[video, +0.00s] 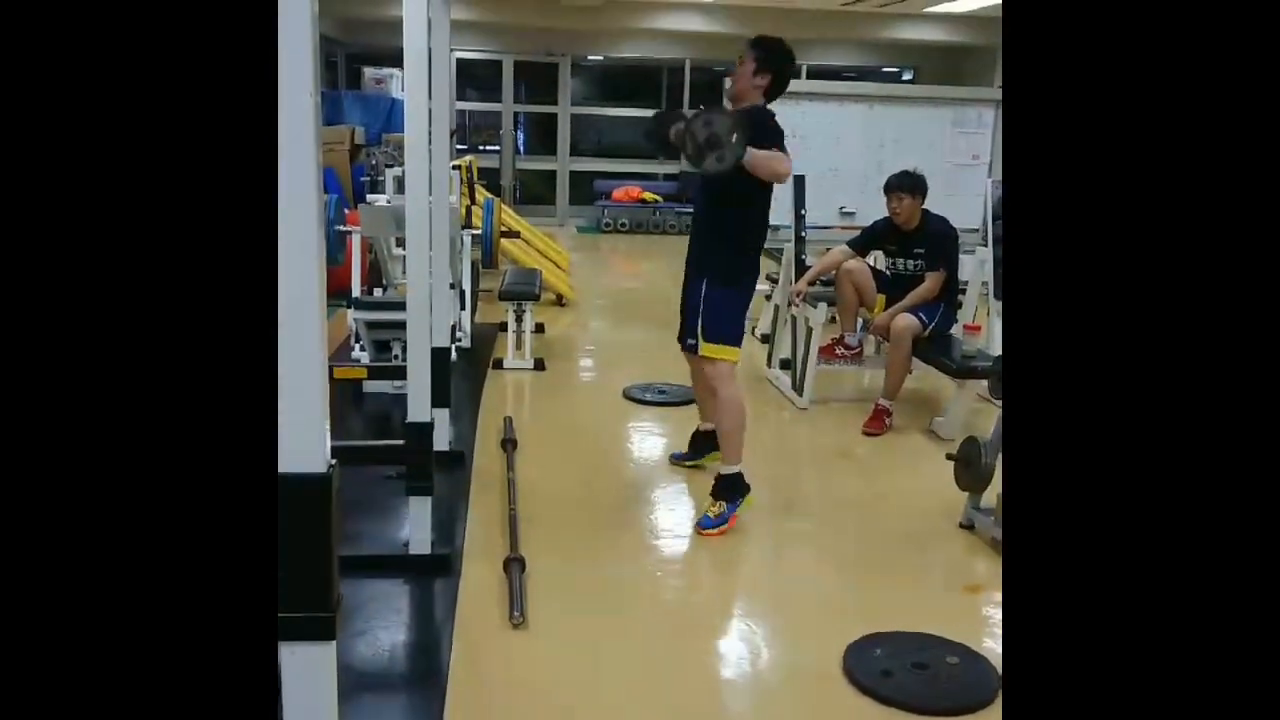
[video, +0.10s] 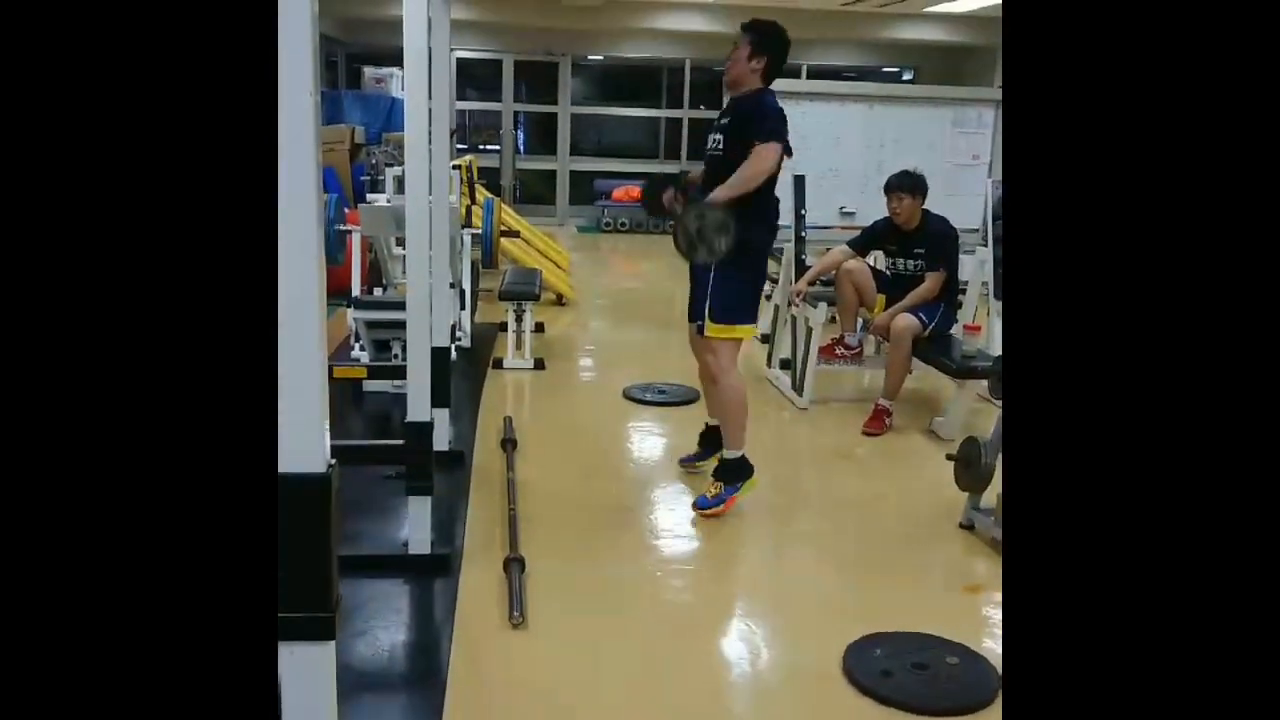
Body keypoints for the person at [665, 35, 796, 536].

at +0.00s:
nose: (731, 72)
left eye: (740, 67)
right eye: (736, 65)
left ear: (762, 78)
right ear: (754, 77)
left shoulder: (763, 123)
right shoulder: (731, 121)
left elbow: (781, 169)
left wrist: (730, 147)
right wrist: (688, 136)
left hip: (731, 263)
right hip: (704, 257)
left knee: (718, 367)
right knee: (694, 350)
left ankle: (733, 481)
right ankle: (709, 431)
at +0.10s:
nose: (727, 59)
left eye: (736, 52)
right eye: (732, 51)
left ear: (757, 62)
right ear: (752, 60)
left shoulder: (764, 107)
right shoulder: (732, 109)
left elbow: (763, 164)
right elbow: (716, 169)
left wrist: (709, 202)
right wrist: (683, 190)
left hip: (741, 246)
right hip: (715, 241)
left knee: (721, 354)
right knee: (702, 342)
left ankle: (736, 465)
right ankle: (716, 433)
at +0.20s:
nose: (705, 76)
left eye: (712, 69)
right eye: (709, 69)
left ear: (732, 80)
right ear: (732, 81)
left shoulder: (741, 136)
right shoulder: (721, 132)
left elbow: (731, 211)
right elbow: (704, 199)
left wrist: (710, 270)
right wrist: (690, 241)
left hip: (748, 265)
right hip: (728, 261)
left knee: (718, 366)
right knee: (707, 360)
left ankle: (739, 472)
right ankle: (732, 453)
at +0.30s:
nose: (661, 115)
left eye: (668, 107)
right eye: (664, 107)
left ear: (690, 114)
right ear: (688, 116)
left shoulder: (711, 166)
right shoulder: (692, 164)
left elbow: (720, 242)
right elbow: (705, 233)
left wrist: (722, 312)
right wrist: (699, 273)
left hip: (753, 286)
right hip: (730, 281)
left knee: (704, 370)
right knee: (699, 366)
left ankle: (741, 475)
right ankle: (734, 455)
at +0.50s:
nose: (624, 168)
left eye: (624, 159)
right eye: (620, 160)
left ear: (646, 148)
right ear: (648, 148)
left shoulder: (692, 181)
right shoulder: (676, 179)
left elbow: (704, 256)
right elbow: (682, 239)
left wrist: (708, 326)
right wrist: (684, 282)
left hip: (769, 274)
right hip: (742, 273)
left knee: (737, 370)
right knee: (718, 361)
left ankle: (742, 474)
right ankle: (731, 452)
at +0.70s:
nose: (615, 235)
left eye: (614, 226)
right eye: (610, 228)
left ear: (634, 214)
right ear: (635, 213)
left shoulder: (681, 234)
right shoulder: (667, 228)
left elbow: (688, 317)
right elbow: (665, 289)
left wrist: (686, 384)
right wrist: (663, 335)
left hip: (784, 280)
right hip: (757, 279)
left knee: (736, 369)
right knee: (716, 351)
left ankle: (742, 477)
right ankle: (729, 453)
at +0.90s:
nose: (615, 310)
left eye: (613, 302)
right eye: (610, 304)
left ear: (632, 289)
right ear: (634, 286)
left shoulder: (674, 311)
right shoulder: (663, 298)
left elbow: (673, 394)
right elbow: (654, 359)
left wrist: (668, 461)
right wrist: (646, 404)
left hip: (784, 326)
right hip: (763, 317)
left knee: (700, 390)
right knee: (692, 377)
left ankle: (738, 482)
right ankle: (729, 461)